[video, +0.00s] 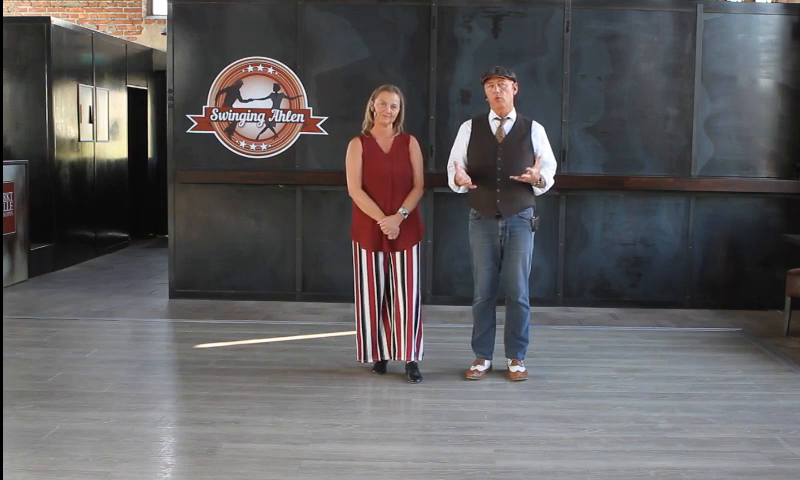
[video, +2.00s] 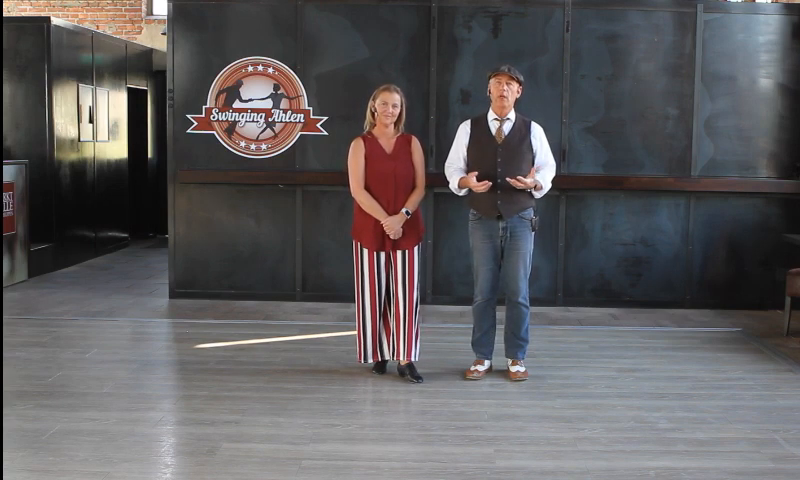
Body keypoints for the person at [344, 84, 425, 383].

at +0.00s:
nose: (387, 110)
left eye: (393, 105)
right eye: (383, 104)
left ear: (399, 110)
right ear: (373, 106)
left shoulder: (410, 143)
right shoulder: (357, 144)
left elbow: (419, 186)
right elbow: (354, 189)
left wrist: (398, 216)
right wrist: (385, 220)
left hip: (405, 229)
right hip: (369, 230)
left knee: (408, 294)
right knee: (373, 295)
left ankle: (412, 357)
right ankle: (378, 355)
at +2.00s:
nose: (389, 110)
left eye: (394, 105)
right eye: (384, 104)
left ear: (400, 110)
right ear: (374, 107)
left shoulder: (412, 143)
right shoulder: (360, 144)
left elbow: (420, 187)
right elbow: (357, 190)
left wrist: (401, 216)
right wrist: (389, 220)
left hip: (406, 230)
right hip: (371, 231)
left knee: (406, 295)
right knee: (374, 295)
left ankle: (406, 359)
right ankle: (379, 356)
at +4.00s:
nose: (396, 108)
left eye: (397, 103)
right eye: (389, 104)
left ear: (399, 107)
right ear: (373, 110)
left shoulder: (412, 143)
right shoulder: (360, 145)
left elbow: (421, 187)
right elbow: (357, 191)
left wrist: (402, 216)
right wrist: (388, 220)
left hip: (406, 230)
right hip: (371, 231)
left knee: (407, 295)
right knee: (374, 295)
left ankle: (406, 359)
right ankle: (378, 355)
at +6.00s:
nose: (392, 106)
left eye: (393, 102)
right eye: (385, 103)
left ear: (398, 106)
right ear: (370, 110)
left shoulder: (411, 142)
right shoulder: (360, 146)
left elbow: (421, 186)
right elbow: (357, 191)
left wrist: (403, 216)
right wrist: (389, 221)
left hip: (406, 230)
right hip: (371, 232)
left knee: (406, 296)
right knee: (374, 295)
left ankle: (406, 359)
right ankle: (379, 355)